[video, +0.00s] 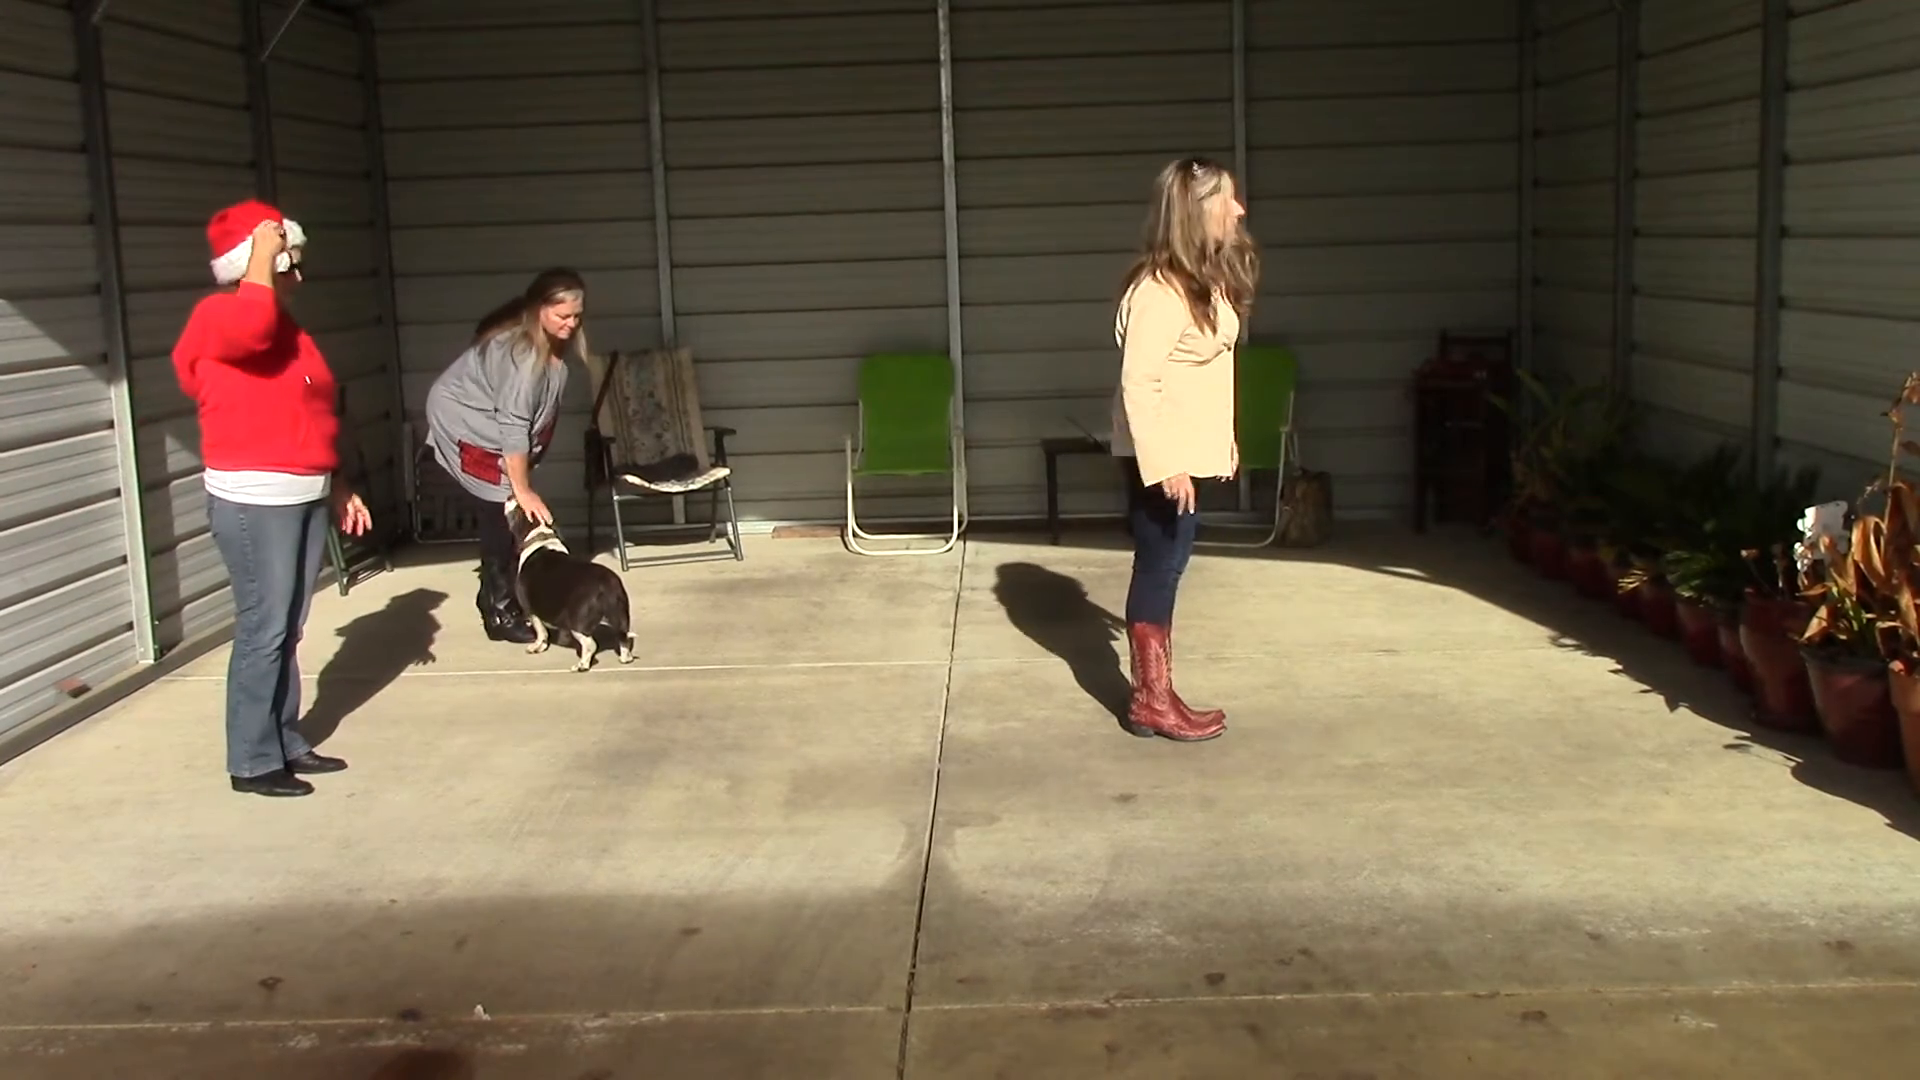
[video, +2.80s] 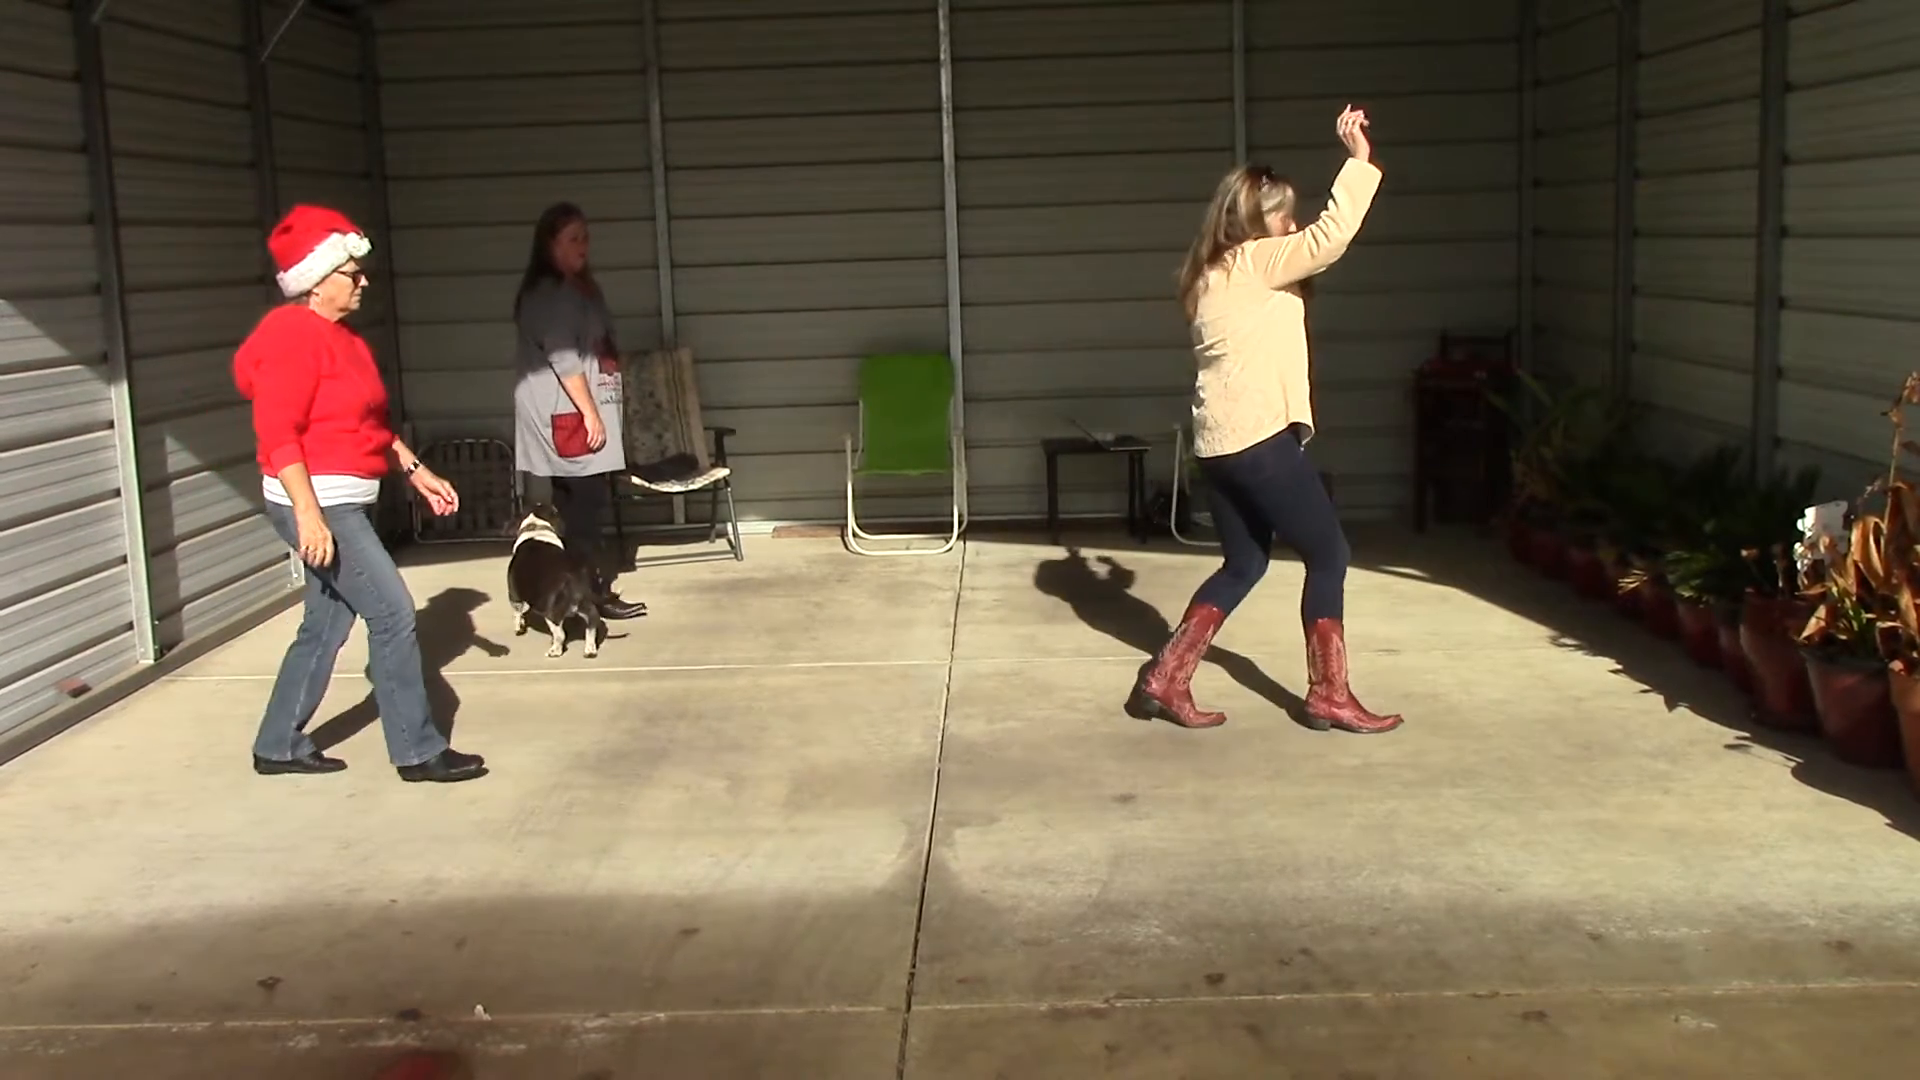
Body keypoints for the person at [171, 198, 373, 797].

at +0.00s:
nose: (294, 268)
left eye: (294, 257)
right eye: (283, 257)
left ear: (274, 261)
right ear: (245, 260)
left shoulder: (286, 329)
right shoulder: (213, 315)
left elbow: (312, 415)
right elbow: (255, 326)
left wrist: (338, 487)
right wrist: (261, 256)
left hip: (305, 494)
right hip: (253, 496)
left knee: (286, 630)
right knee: (263, 631)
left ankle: (281, 743)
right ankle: (250, 762)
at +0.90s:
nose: (280, 265)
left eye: (277, 256)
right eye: (270, 256)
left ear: (247, 268)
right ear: (240, 269)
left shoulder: (265, 322)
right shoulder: (206, 316)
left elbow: (291, 416)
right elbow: (223, 361)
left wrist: (317, 494)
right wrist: (270, 284)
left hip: (292, 494)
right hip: (245, 498)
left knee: (281, 628)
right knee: (259, 629)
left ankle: (282, 742)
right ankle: (250, 762)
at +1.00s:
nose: (287, 273)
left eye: (286, 263)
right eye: (278, 263)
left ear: (249, 268)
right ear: (243, 266)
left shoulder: (266, 326)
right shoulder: (212, 317)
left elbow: (291, 422)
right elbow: (207, 389)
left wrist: (314, 500)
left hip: (290, 492)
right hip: (246, 496)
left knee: (281, 628)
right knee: (260, 629)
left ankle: (281, 743)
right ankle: (250, 762)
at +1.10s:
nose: (289, 273)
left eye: (288, 263)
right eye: (280, 263)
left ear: (251, 269)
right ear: (245, 267)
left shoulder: (259, 322)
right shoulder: (221, 320)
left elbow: (265, 411)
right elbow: (204, 410)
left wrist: (297, 482)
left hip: (281, 493)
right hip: (243, 497)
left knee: (281, 626)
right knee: (260, 628)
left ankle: (282, 743)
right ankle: (251, 762)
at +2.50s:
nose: (322, 283)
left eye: (321, 273)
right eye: (312, 273)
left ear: (282, 279)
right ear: (275, 278)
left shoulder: (295, 334)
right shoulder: (247, 334)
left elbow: (310, 425)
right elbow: (240, 434)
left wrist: (342, 494)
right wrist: (284, 509)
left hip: (308, 499)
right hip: (269, 501)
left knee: (294, 624)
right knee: (326, 617)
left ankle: (279, 742)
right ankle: (276, 745)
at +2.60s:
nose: (332, 281)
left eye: (331, 271)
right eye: (322, 272)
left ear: (296, 278)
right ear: (284, 278)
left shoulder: (310, 334)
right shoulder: (256, 333)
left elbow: (329, 419)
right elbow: (247, 433)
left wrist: (370, 472)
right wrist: (287, 507)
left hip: (315, 496)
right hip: (281, 498)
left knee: (296, 625)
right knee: (356, 605)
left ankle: (276, 747)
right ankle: (324, 740)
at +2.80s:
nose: (362, 282)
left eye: (360, 272)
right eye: (351, 273)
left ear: (327, 281)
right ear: (316, 280)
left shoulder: (341, 336)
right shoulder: (288, 333)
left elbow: (368, 423)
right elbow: (275, 429)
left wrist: (415, 470)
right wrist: (306, 511)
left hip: (347, 499)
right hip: (317, 502)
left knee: (323, 628)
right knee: (392, 614)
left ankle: (278, 744)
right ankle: (417, 752)